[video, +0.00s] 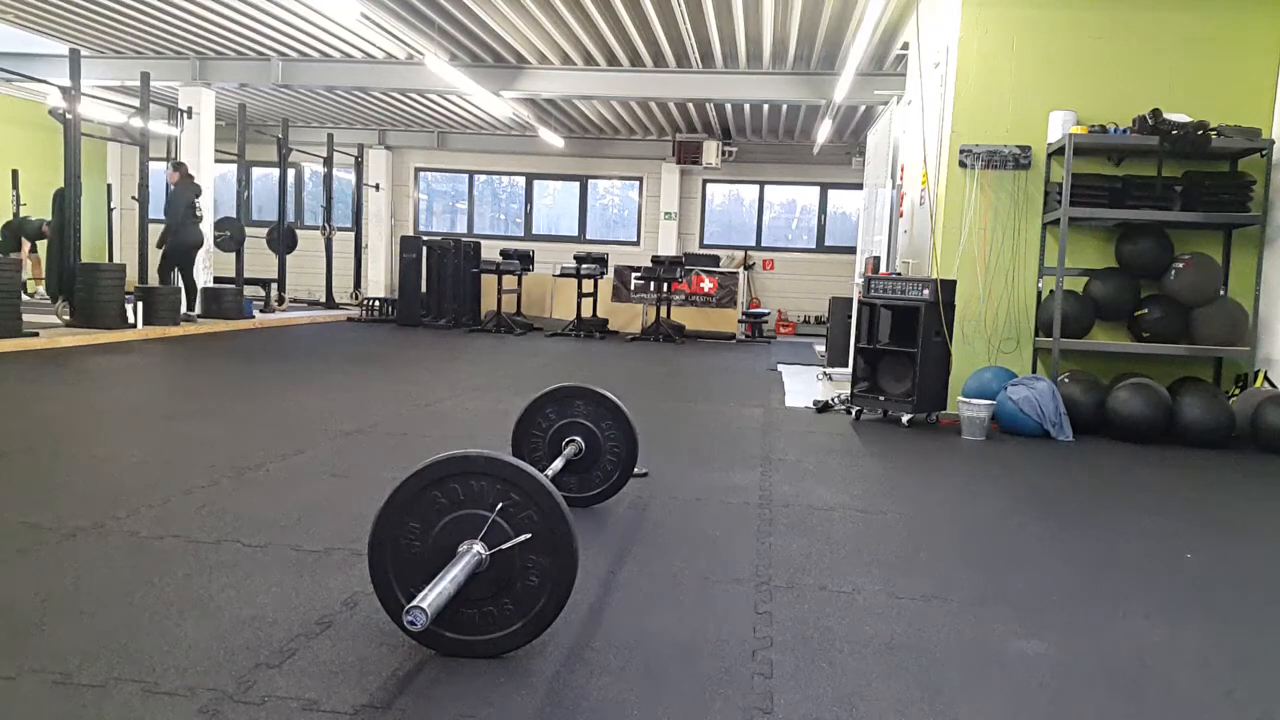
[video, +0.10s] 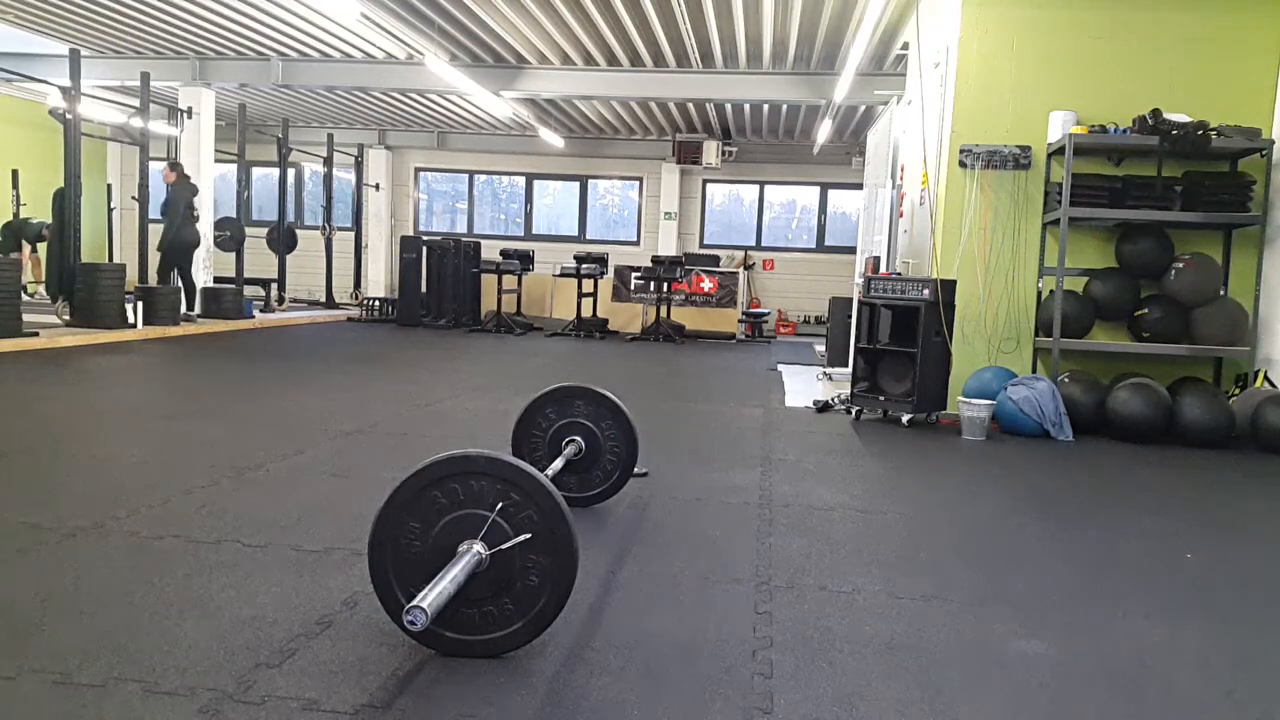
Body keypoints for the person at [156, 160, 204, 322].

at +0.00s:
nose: (168, 176)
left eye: (170, 173)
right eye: (168, 173)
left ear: (178, 174)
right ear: (182, 174)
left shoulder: (179, 191)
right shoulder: (190, 189)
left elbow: (174, 219)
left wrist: (162, 239)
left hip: (181, 237)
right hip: (194, 236)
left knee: (163, 270)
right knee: (187, 272)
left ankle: (167, 308)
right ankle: (191, 310)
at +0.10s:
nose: (163, 176)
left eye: (165, 173)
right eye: (163, 173)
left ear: (174, 173)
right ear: (175, 174)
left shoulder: (177, 190)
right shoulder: (186, 188)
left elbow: (174, 219)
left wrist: (162, 243)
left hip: (177, 237)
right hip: (189, 236)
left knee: (163, 272)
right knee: (185, 272)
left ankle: (163, 310)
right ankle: (190, 310)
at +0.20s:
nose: (159, 176)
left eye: (162, 173)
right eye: (160, 173)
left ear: (171, 174)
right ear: (172, 174)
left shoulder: (173, 191)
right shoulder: (182, 189)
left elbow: (170, 222)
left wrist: (161, 244)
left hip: (174, 237)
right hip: (185, 237)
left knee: (162, 272)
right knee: (183, 273)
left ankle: (162, 309)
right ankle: (190, 310)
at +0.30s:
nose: (154, 175)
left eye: (157, 172)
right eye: (155, 172)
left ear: (166, 174)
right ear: (167, 174)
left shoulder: (169, 192)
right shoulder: (175, 190)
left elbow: (168, 223)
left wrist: (162, 248)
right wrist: (155, 241)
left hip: (171, 238)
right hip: (179, 236)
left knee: (161, 274)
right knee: (179, 274)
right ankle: (189, 311)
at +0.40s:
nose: (152, 176)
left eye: (155, 173)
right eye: (153, 173)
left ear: (164, 174)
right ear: (164, 174)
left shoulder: (166, 192)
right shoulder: (170, 190)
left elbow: (166, 221)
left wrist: (160, 245)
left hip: (165, 236)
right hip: (173, 235)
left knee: (158, 273)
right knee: (173, 273)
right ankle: (188, 309)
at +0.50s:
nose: (148, 174)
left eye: (152, 171)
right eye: (149, 171)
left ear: (161, 173)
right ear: (160, 174)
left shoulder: (164, 191)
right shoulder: (163, 189)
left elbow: (162, 221)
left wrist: (151, 246)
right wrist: (146, 241)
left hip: (161, 238)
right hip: (166, 237)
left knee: (155, 277)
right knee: (168, 276)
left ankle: (157, 310)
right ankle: (185, 308)